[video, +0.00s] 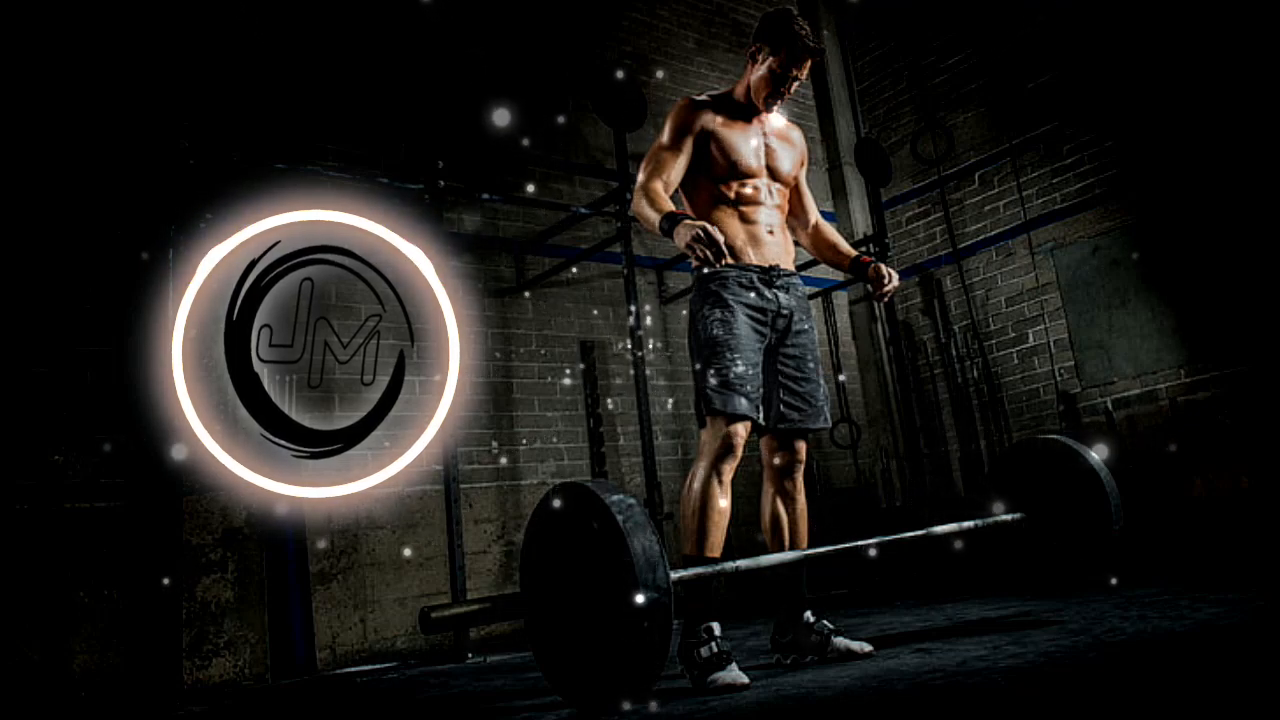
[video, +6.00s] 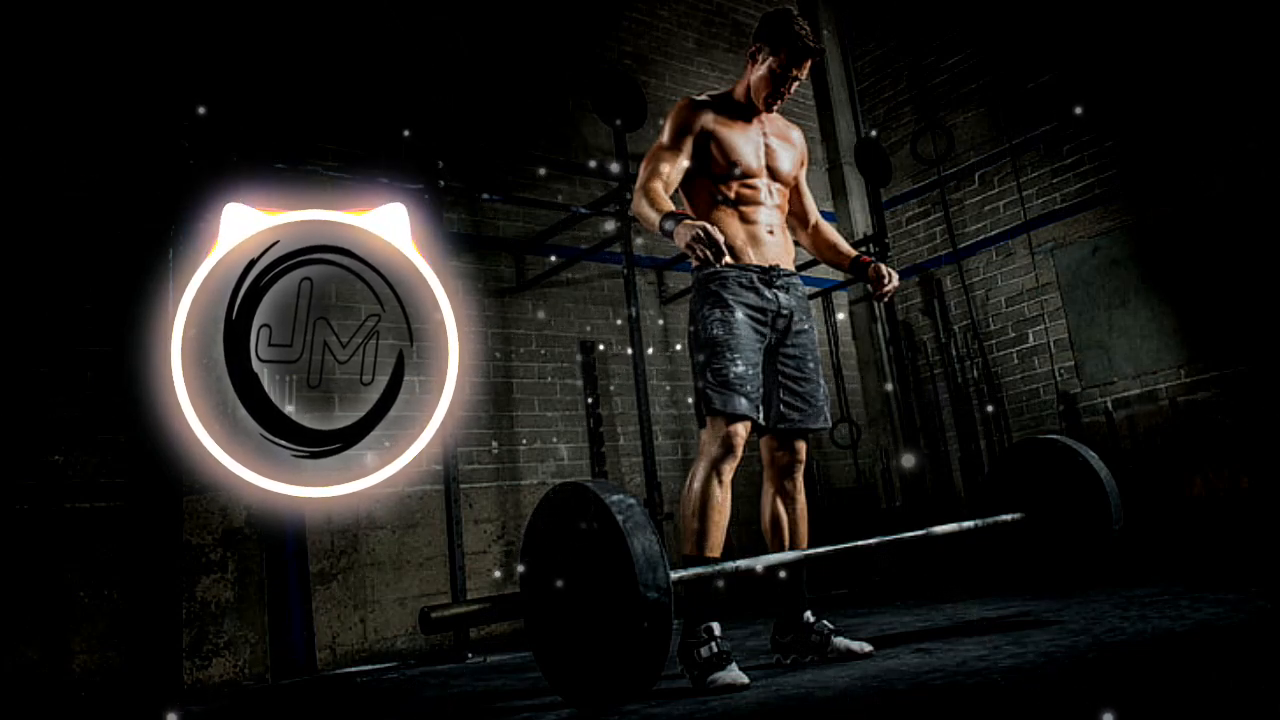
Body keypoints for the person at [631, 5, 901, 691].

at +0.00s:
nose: (787, 95)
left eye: (797, 85)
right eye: (784, 78)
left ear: (801, 78)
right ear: (756, 59)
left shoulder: (791, 136)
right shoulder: (697, 115)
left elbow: (809, 225)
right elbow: (644, 199)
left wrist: (861, 265)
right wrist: (676, 225)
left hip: (790, 297)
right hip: (730, 292)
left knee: (790, 455)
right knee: (729, 437)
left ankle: (797, 624)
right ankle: (698, 633)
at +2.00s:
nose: (790, 93)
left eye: (800, 82)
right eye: (787, 76)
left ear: (805, 77)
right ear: (757, 58)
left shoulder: (792, 136)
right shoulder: (697, 115)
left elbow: (809, 224)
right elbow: (645, 199)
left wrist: (860, 264)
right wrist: (677, 225)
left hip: (790, 296)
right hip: (731, 291)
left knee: (789, 455)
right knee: (729, 438)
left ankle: (796, 625)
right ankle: (698, 634)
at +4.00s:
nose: (788, 91)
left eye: (798, 81)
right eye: (785, 75)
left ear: (800, 77)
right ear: (756, 58)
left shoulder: (792, 137)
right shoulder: (698, 115)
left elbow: (809, 224)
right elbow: (644, 199)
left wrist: (860, 265)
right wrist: (674, 227)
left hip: (790, 296)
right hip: (730, 292)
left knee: (790, 454)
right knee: (729, 437)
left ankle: (797, 624)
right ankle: (698, 633)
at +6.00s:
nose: (788, 90)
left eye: (798, 80)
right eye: (785, 74)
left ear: (800, 77)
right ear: (756, 58)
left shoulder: (792, 137)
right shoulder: (697, 116)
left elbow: (809, 224)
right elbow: (645, 198)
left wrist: (860, 265)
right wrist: (674, 226)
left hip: (790, 297)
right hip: (730, 293)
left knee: (790, 454)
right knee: (729, 438)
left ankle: (797, 624)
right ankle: (699, 634)